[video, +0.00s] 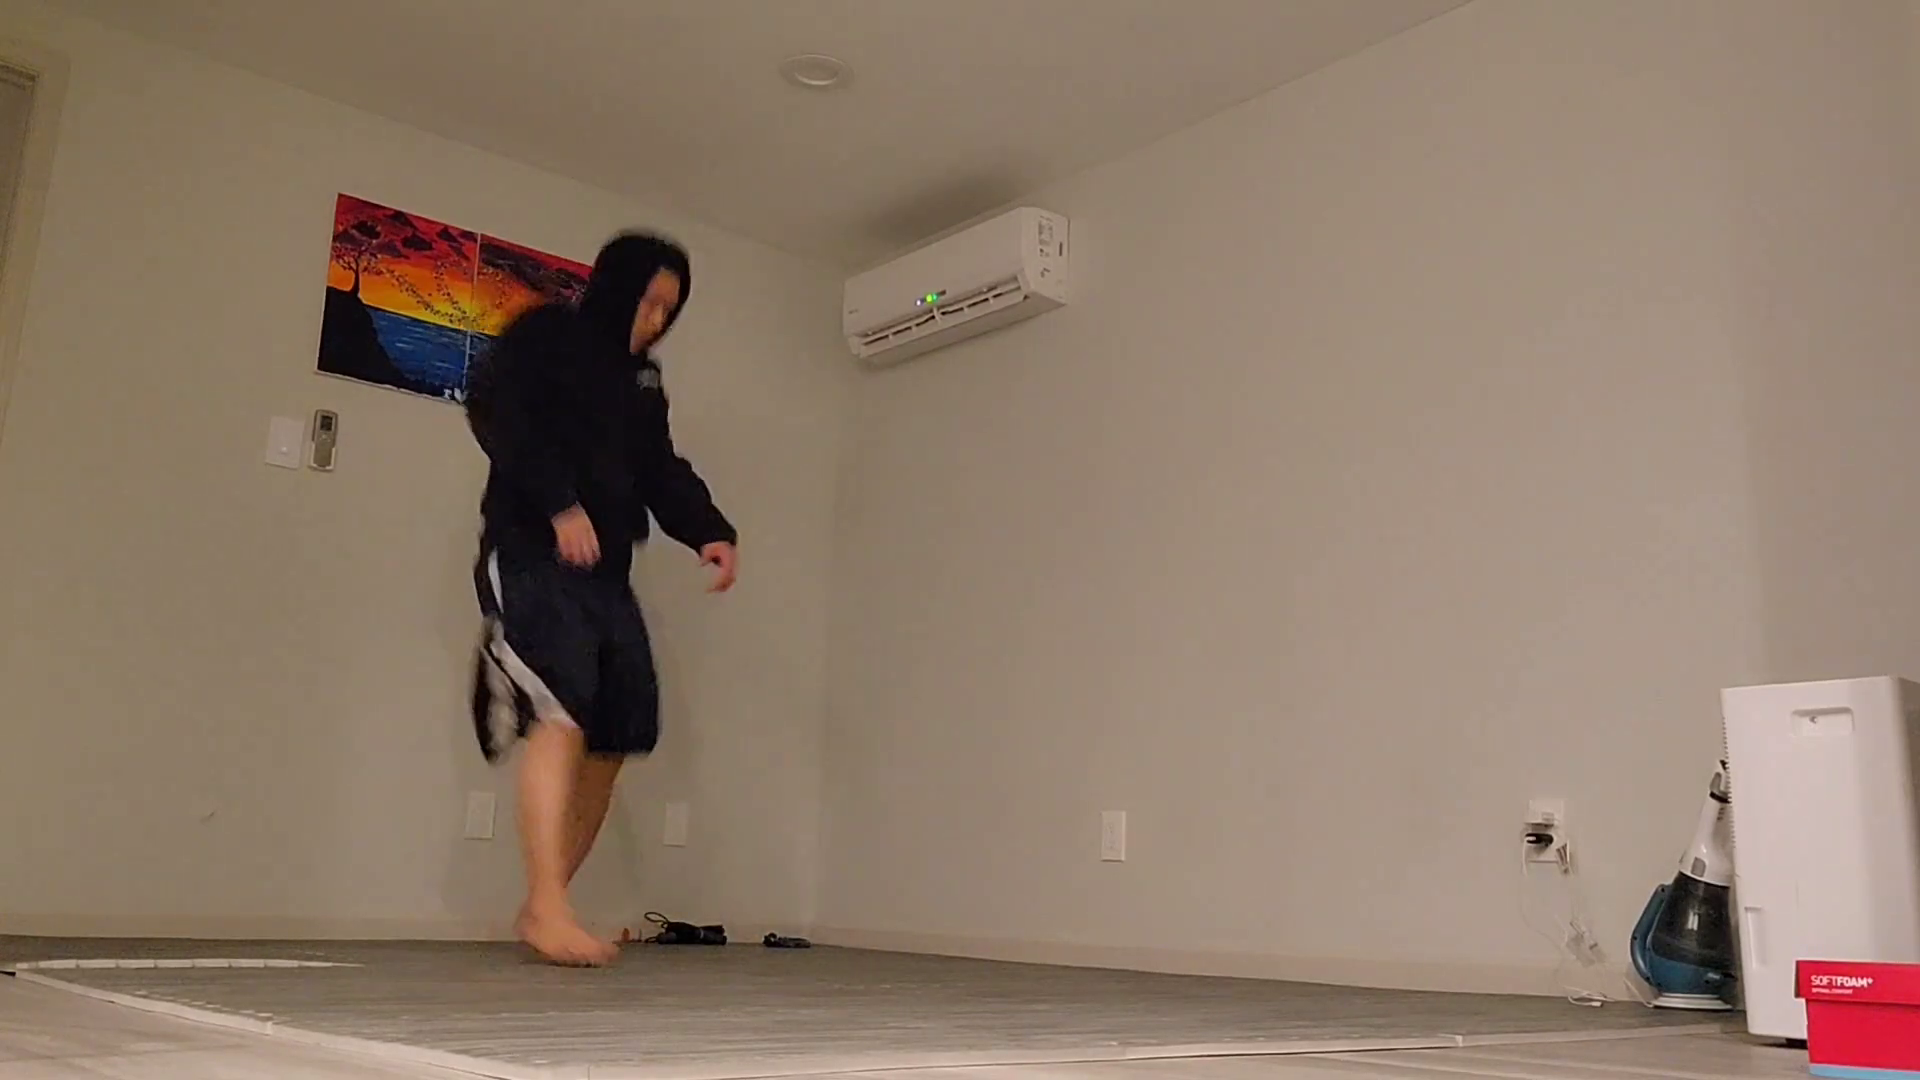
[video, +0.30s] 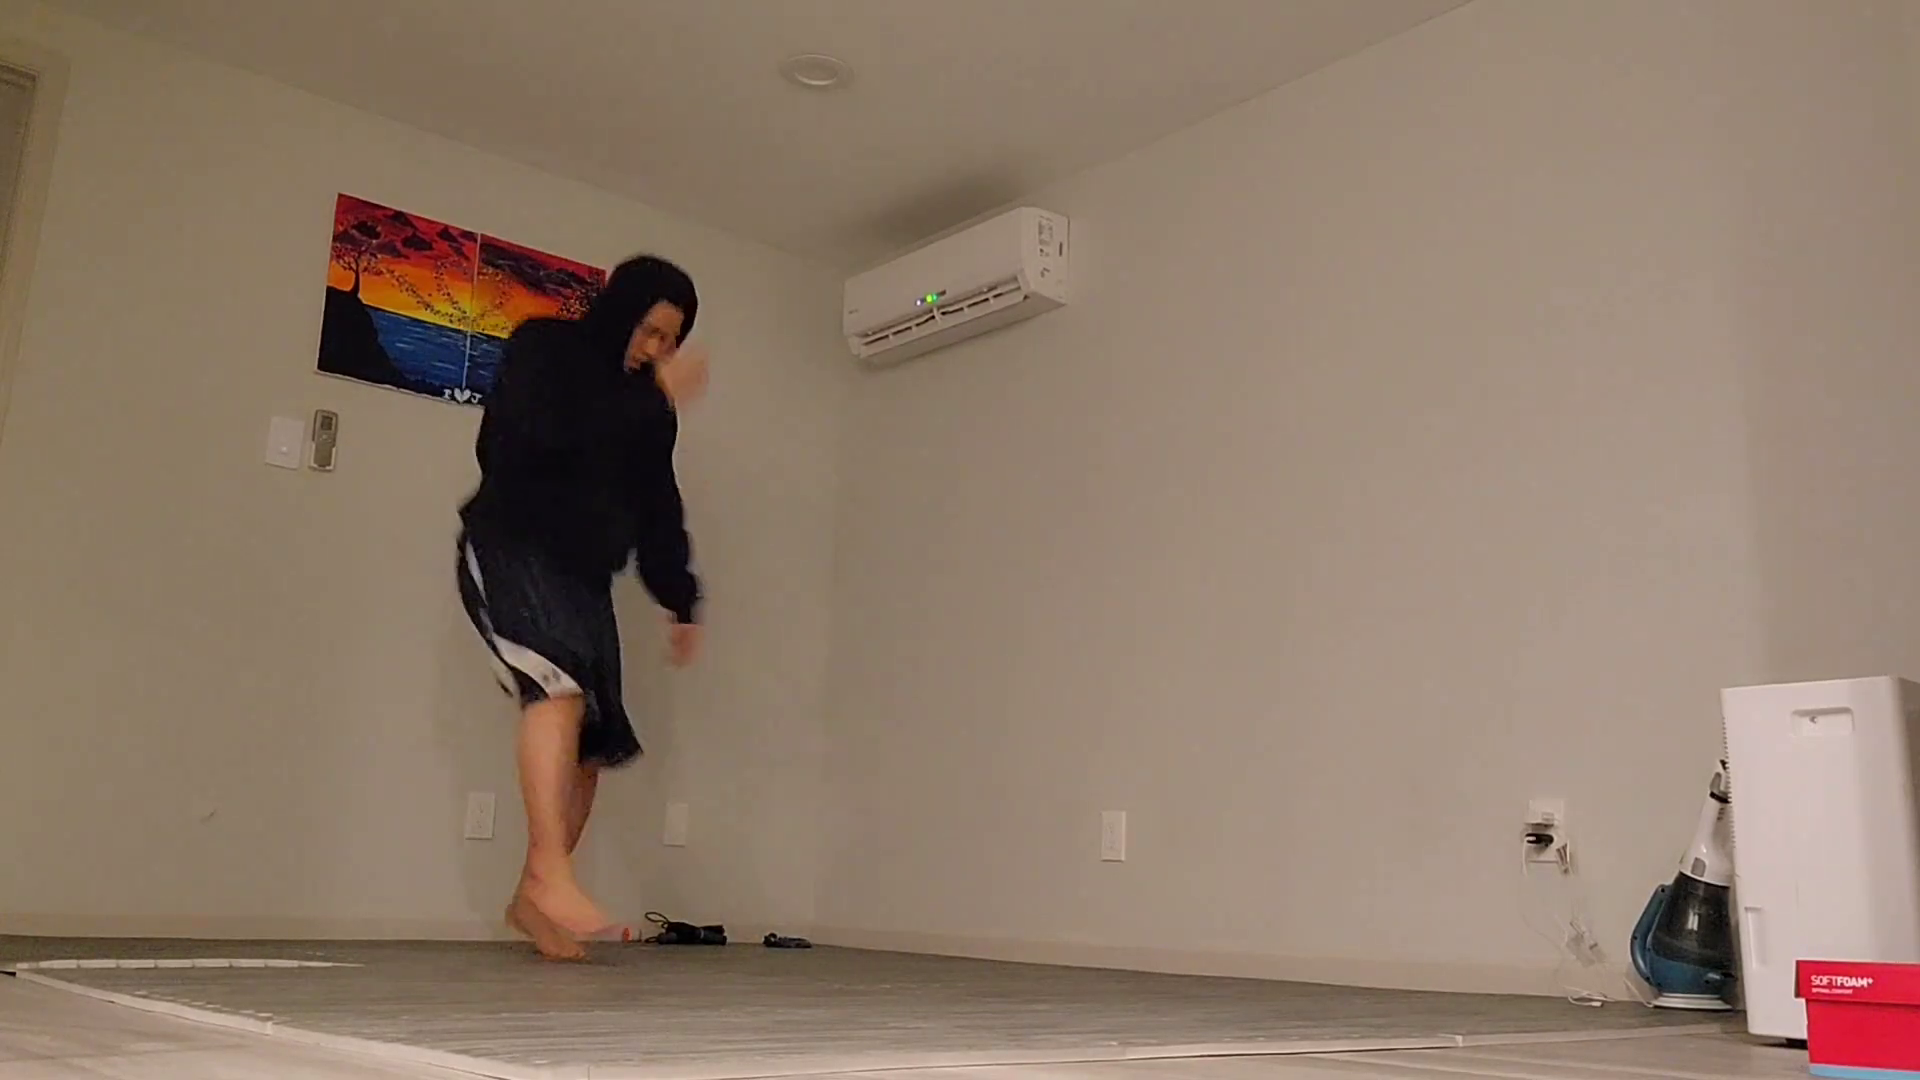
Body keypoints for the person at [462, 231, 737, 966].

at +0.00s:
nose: (660, 321)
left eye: (669, 310)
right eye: (654, 303)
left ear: (669, 311)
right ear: (618, 287)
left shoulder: (641, 375)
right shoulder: (545, 332)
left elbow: (656, 465)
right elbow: (494, 408)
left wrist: (708, 529)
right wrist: (560, 502)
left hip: (604, 568)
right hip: (529, 553)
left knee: (612, 729)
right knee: (559, 714)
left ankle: (545, 906)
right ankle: (547, 912)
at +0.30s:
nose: (655, 349)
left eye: (667, 339)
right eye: (649, 328)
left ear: (673, 343)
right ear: (617, 307)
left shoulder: (647, 399)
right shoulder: (543, 345)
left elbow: (656, 503)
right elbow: (526, 445)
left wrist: (680, 599)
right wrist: (655, 400)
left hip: (581, 567)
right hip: (508, 540)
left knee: (589, 734)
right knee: (557, 688)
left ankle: (535, 897)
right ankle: (549, 879)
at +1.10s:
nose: (626, 342)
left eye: (637, 331)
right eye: (616, 325)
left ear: (643, 335)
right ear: (578, 315)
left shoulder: (629, 398)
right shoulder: (517, 377)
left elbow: (649, 485)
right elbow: (537, 467)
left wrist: (684, 556)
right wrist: (647, 469)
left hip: (583, 608)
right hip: (504, 587)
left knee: (574, 794)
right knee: (539, 731)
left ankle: (478, 888)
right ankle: (517, 906)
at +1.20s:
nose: (606, 336)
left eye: (619, 323)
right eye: (593, 319)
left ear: (633, 327)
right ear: (559, 316)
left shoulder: (644, 410)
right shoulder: (502, 392)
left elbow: (658, 528)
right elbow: (502, 519)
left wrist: (664, 630)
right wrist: (603, 553)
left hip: (598, 609)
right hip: (514, 600)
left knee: (613, 776)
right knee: (526, 760)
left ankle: (503, 863)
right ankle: (507, 920)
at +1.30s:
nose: (597, 356)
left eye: (610, 340)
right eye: (582, 340)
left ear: (627, 342)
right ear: (554, 341)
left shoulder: (652, 421)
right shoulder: (506, 410)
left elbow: (667, 539)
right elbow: (472, 528)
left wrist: (676, 645)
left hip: (622, 621)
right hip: (522, 619)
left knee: (645, 756)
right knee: (515, 771)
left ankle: (570, 880)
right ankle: (506, 923)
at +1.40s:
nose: (613, 343)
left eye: (628, 329)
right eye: (601, 327)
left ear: (644, 334)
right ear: (575, 326)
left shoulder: (668, 410)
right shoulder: (520, 398)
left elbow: (694, 517)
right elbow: (465, 496)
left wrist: (724, 607)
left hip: (627, 626)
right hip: (526, 623)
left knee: (681, 761)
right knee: (505, 770)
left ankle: (675, 901)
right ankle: (505, 923)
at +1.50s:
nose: (659, 343)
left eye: (672, 331)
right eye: (647, 324)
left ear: (681, 335)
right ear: (609, 318)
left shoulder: (682, 406)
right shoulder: (536, 390)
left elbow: (732, 502)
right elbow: (433, 458)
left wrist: (810, 577)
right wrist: (341, 533)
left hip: (647, 625)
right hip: (547, 625)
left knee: (710, 778)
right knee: (524, 778)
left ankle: (740, 929)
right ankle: (511, 922)